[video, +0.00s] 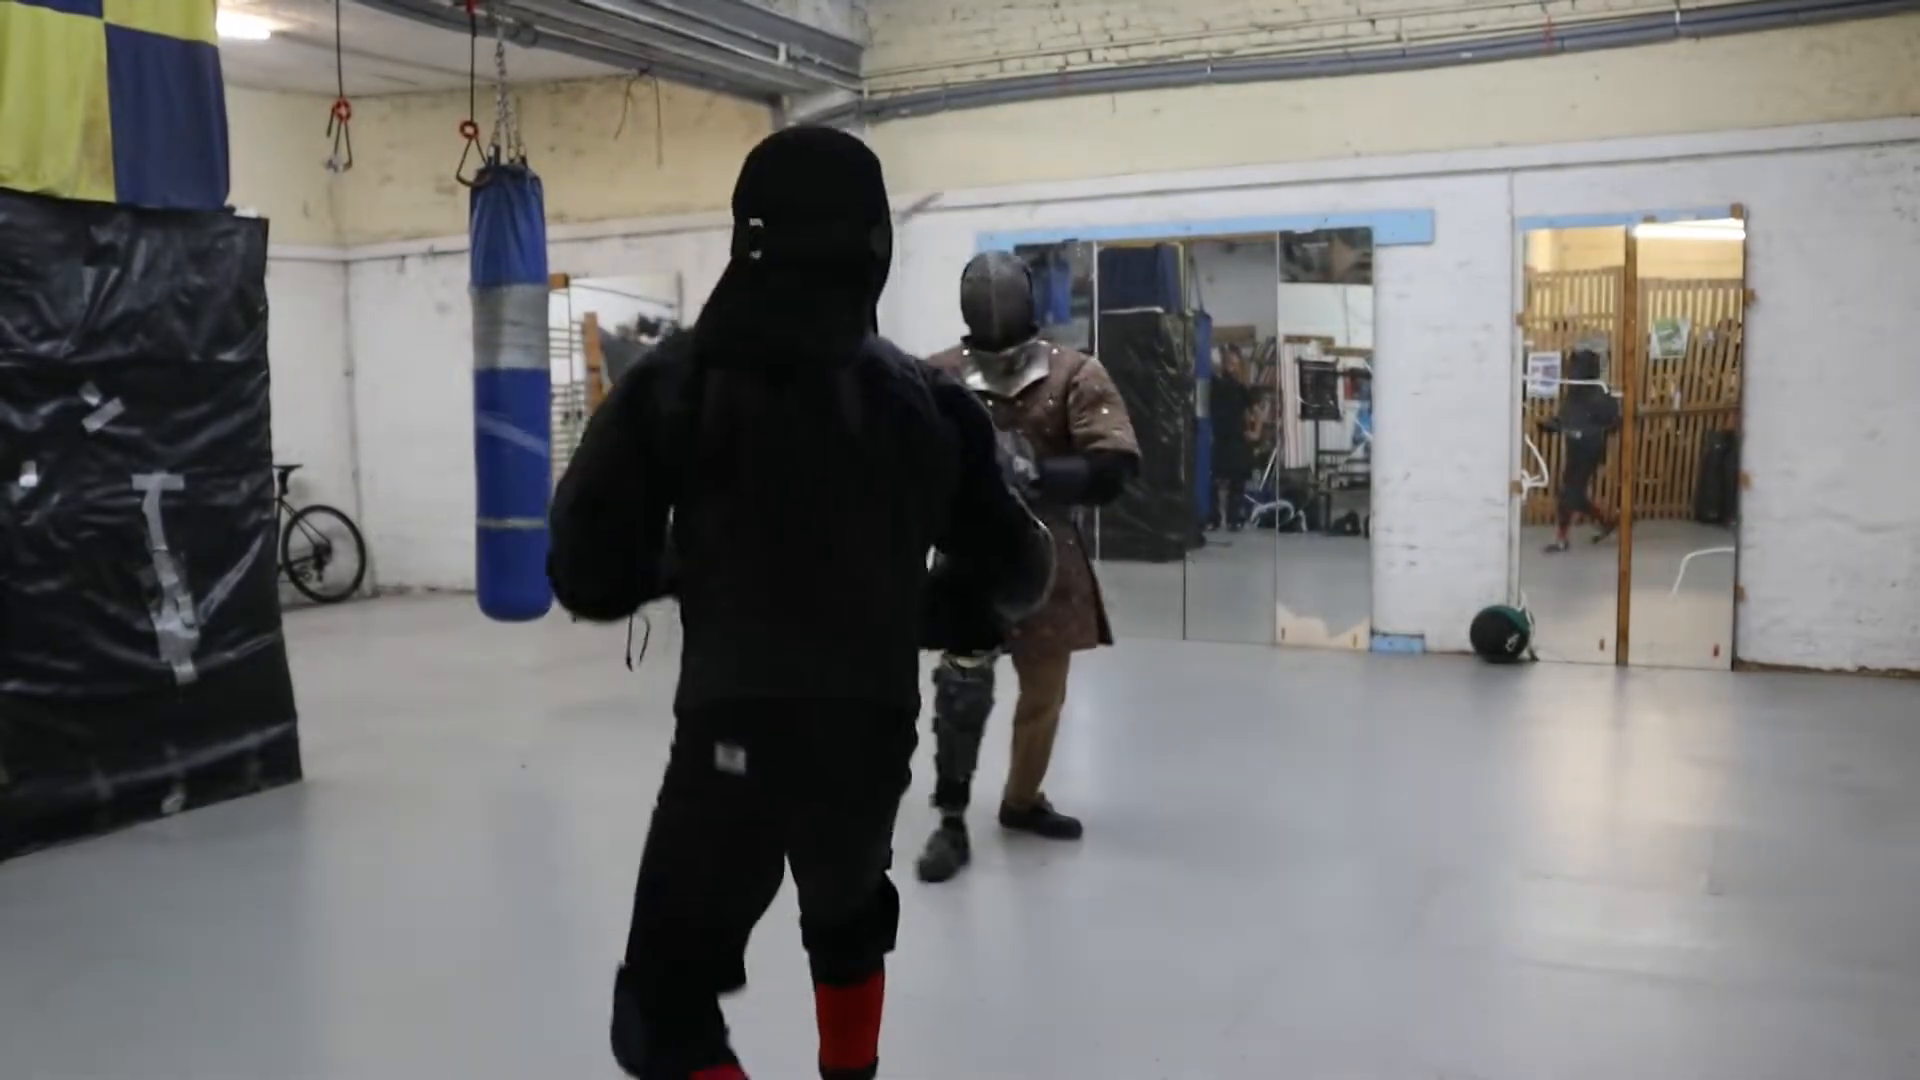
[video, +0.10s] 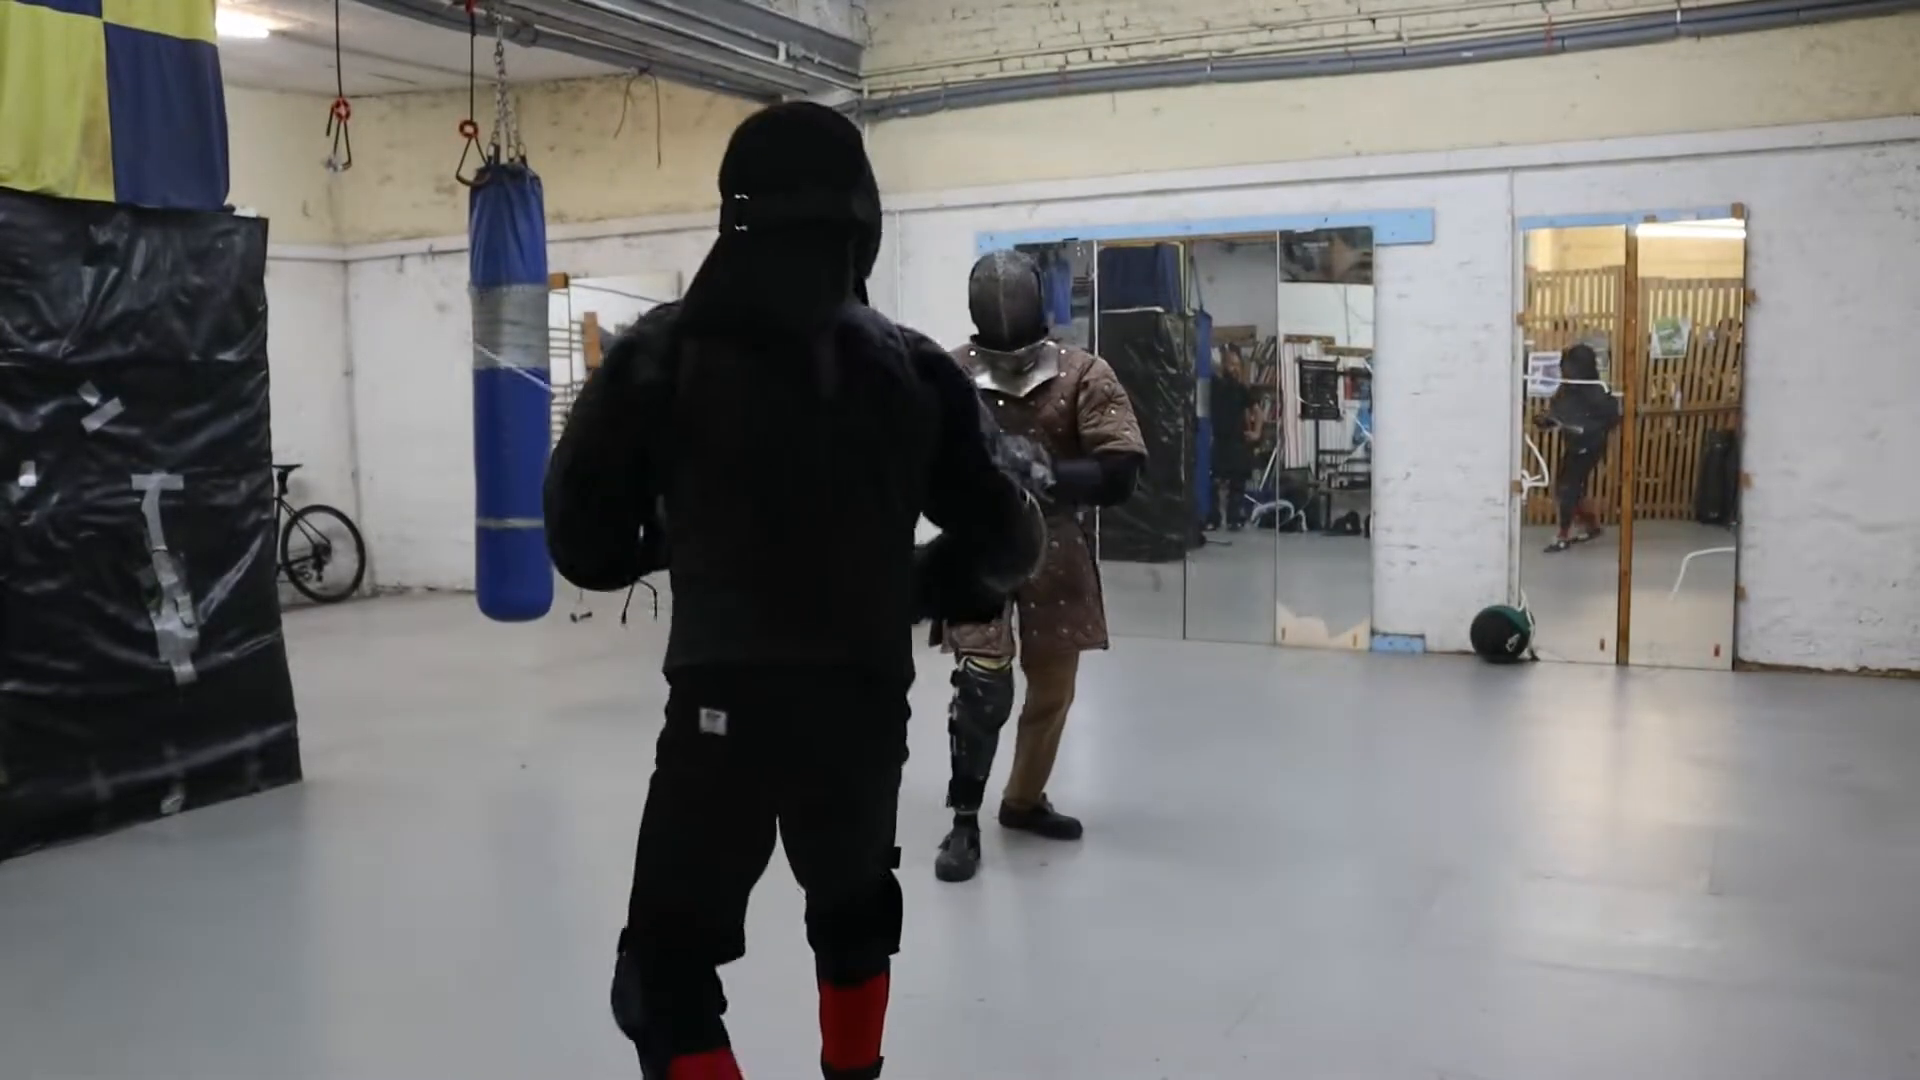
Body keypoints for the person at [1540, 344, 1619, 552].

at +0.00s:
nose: (1571, 373)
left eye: (1576, 368)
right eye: (1571, 368)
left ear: (1587, 370)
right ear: (1570, 370)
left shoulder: (1599, 396)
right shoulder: (1573, 395)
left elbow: (1612, 421)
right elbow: (1565, 419)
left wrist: (1589, 430)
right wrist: (1549, 425)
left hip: (1590, 448)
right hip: (1574, 446)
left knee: (1571, 491)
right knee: (1572, 491)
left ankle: (1562, 537)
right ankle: (1605, 521)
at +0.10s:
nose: (1564, 371)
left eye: (1568, 366)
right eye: (1563, 366)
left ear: (1581, 367)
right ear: (1563, 366)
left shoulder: (1595, 390)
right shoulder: (1566, 389)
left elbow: (1611, 417)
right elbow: (1558, 412)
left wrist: (1585, 429)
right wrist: (1546, 420)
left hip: (1590, 445)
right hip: (1572, 443)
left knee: (1568, 488)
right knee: (1567, 488)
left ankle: (1563, 535)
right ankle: (1592, 525)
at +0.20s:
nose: (1562, 372)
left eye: (1566, 367)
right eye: (1561, 367)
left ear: (1577, 367)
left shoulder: (1595, 390)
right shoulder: (1562, 390)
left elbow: (1613, 413)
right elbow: (1549, 413)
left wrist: (1591, 420)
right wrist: (1542, 420)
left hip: (1587, 447)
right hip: (1568, 446)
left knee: (1568, 490)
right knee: (1559, 490)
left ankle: (1563, 535)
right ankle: (1583, 524)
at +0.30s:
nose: (1562, 373)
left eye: (1566, 369)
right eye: (1560, 369)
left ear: (1578, 368)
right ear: (1559, 369)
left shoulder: (1594, 390)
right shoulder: (1559, 391)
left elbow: (1612, 407)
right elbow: (1549, 413)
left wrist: (1595, 406)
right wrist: (1545, 423)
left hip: (1587, 448)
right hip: (1567, 446)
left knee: (1568, 490)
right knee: (1556, 489)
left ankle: (1563, 535)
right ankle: (1582, 521)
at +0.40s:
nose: (1564, 375)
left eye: (1568, 370)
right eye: (1561, 370)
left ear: (1578, 370)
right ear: (1558, 371)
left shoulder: (1592, 390)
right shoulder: (1557, 393)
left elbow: (1613, 406)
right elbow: (1542, 425)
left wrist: (1593, 409)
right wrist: (1552, 422)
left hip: (1586, 448)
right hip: (1566, 448)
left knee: (1570, 491)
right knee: (1557, 492)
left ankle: (1563, 534)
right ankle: (1579, 521)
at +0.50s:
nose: (1558, 378)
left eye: (1562, 373)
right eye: (1557, 374)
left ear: (1575, 374)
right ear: (1556, 376)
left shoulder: (1590, 397)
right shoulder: (1556, 398)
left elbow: (1613, 416)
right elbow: (1545, 426)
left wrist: (1593, 422)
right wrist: (1547, 430)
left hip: (1584, 449)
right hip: (1565, 449)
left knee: (1566, 493)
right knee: (1562, 493)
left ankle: (1563, 534)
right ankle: (1579, 527)